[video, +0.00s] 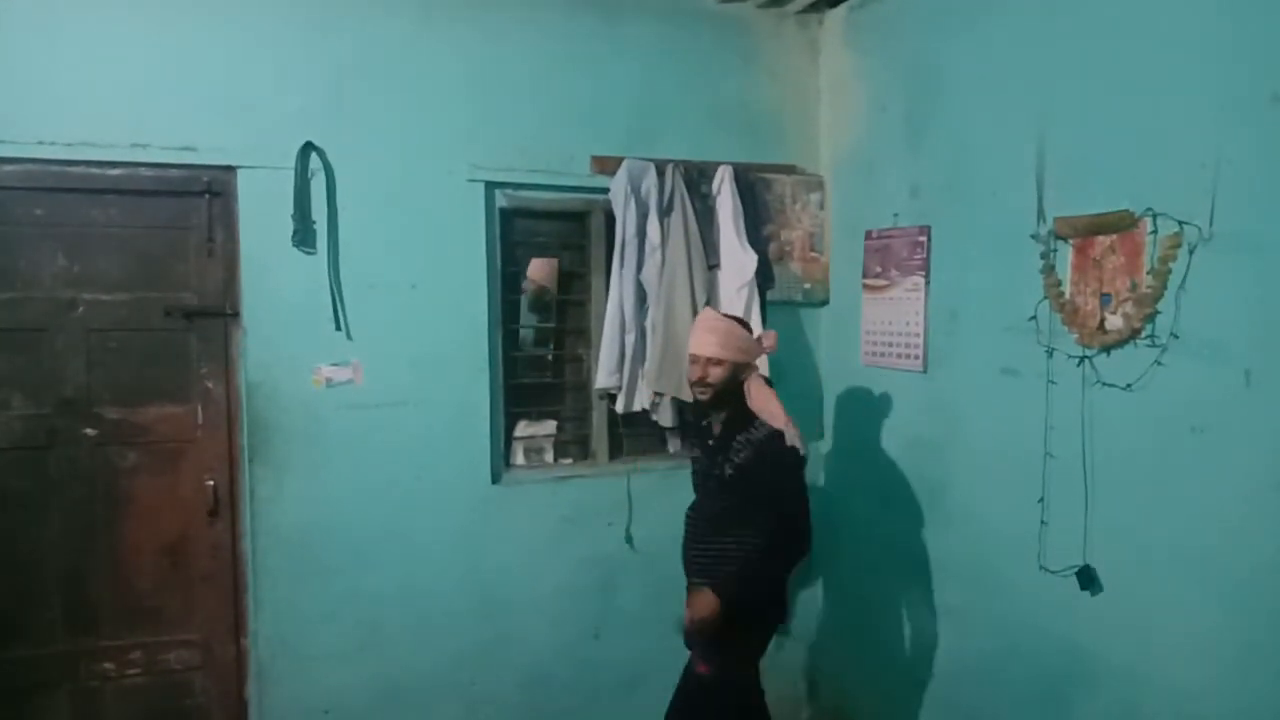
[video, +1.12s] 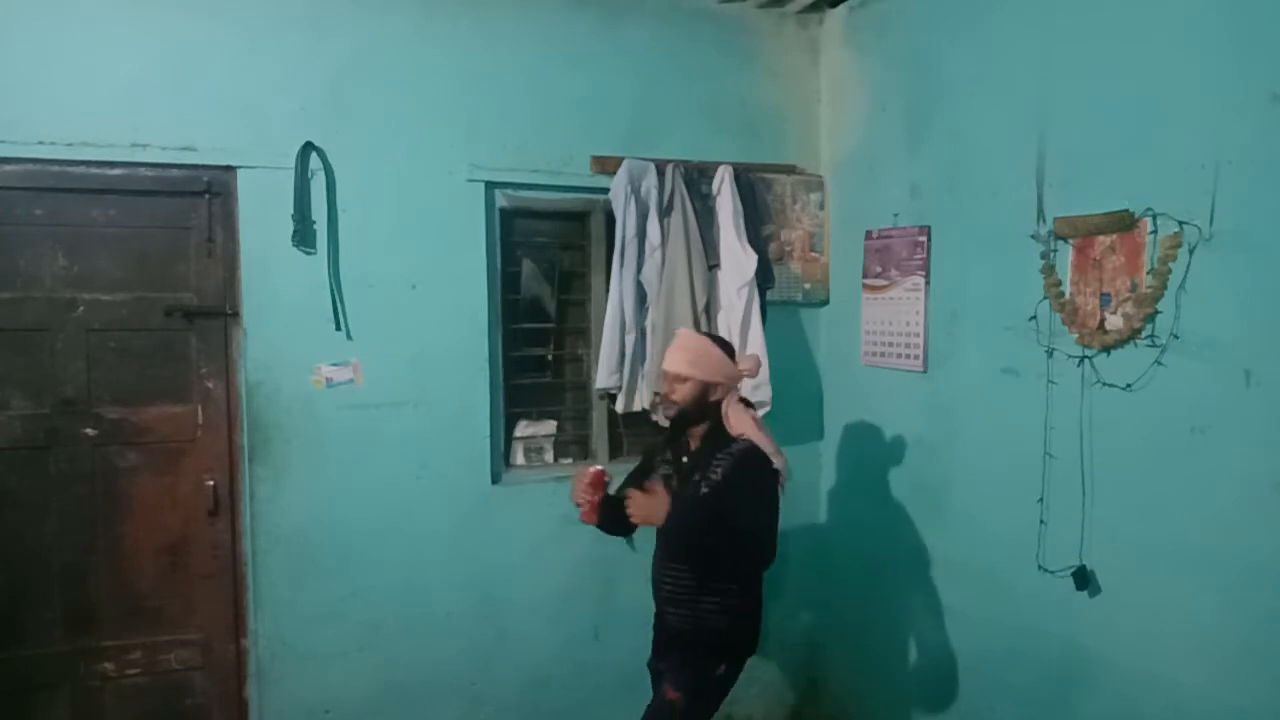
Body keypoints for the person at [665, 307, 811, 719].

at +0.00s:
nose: (700, 374)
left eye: (715, 364)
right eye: (694, 361)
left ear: (742, 370)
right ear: (687, 361)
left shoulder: (770, 439)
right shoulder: (707, 422)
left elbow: (788, 540)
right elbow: (706, 512)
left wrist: (722, 594)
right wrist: (695, 582)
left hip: (748, 603)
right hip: (712, 593)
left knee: (689, 708)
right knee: (738, 703)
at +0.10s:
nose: (694, 375)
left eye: (708, 365)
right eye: (688, 363)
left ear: (736, 372)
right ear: (680, 362)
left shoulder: (760, 446)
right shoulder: (704, 425)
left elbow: (756, 550)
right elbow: (702, 511)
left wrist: (686, 557)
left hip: (734, 616)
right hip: (702, 605)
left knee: (689, 710)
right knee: (735, 705)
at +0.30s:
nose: (669, 389)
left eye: (681, 378)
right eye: (665, 378)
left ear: (714, 380)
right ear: (661, 376)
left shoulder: (737, 455)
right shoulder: (688, 438)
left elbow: (719, 557)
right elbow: (676, 537)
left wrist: (638, 531)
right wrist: (648, 606)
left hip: (706, 627)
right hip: (675, 619)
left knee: (675, 709)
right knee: (704, 710)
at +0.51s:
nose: (657, 379)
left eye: (671, 367)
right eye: (652, 365)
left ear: (706, 373)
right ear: (645, 366)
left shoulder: (726, 450)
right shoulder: (671, 435)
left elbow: (694, 537)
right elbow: (649, 528)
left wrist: (622, 505)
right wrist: (593, 584)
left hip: (690, 634)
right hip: (651, 626)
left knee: (673, 712)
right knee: (655, 709)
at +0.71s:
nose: (639, 392)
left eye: (652, 381)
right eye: (636, 380)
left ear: (688, 381)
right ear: (632, 377)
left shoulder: (727, 449)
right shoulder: (660, 436)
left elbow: (742, 548)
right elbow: (628, 508)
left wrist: (678, 489)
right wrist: (594, 536)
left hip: (701, 630)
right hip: (654, 622)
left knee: (662, 710)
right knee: (673, 708)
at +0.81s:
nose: (643, 404)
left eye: (657, 392)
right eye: (639, 391)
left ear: (692, 389)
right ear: (634, 387)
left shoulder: (734, 462)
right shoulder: (655, 451)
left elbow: (747, 565)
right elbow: (624, 517)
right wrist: (592, 555)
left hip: (708, 634)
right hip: (656, 626)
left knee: (678, 709)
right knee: (664, 705)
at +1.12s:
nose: (667, 391)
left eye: (681, 381)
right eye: (667, 379)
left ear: (715, 389)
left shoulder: (748, 460)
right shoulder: (669, 447)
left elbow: (754, 552)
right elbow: (626, 517)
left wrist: (670, 515)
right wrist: (597, 505)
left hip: (721, 631)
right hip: (671, 622)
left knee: (667, 710)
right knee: (669, 708)